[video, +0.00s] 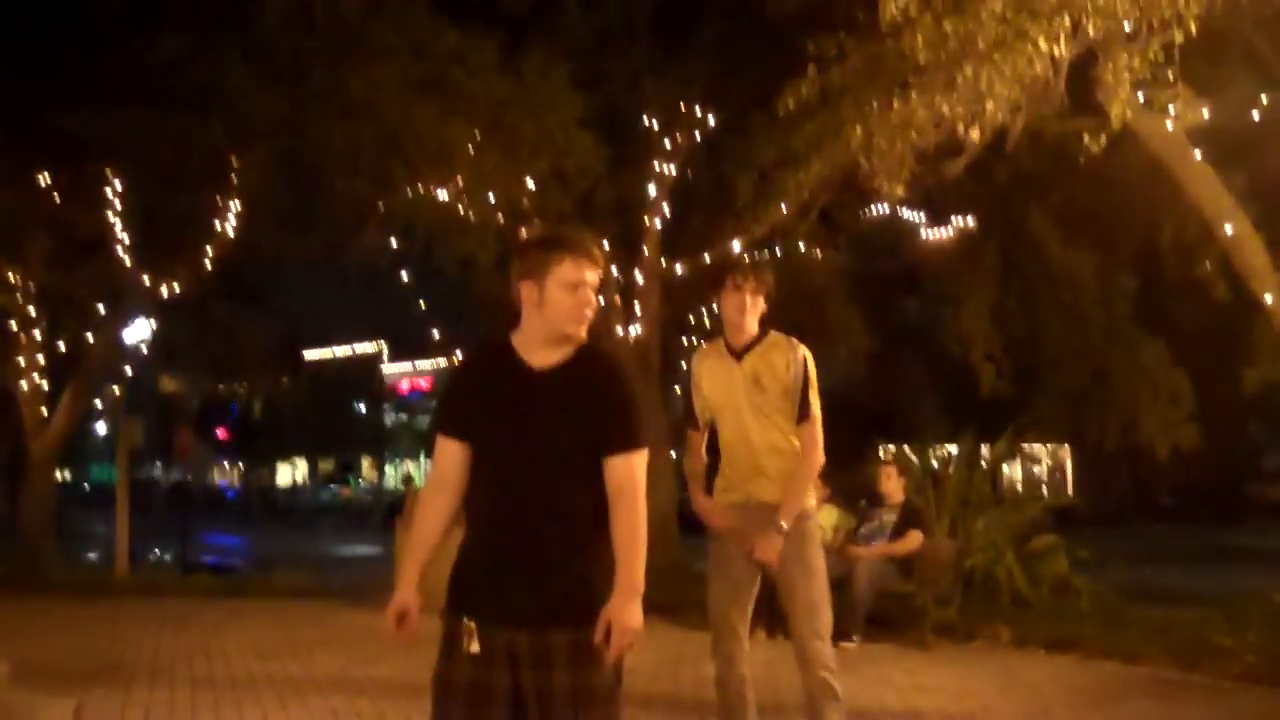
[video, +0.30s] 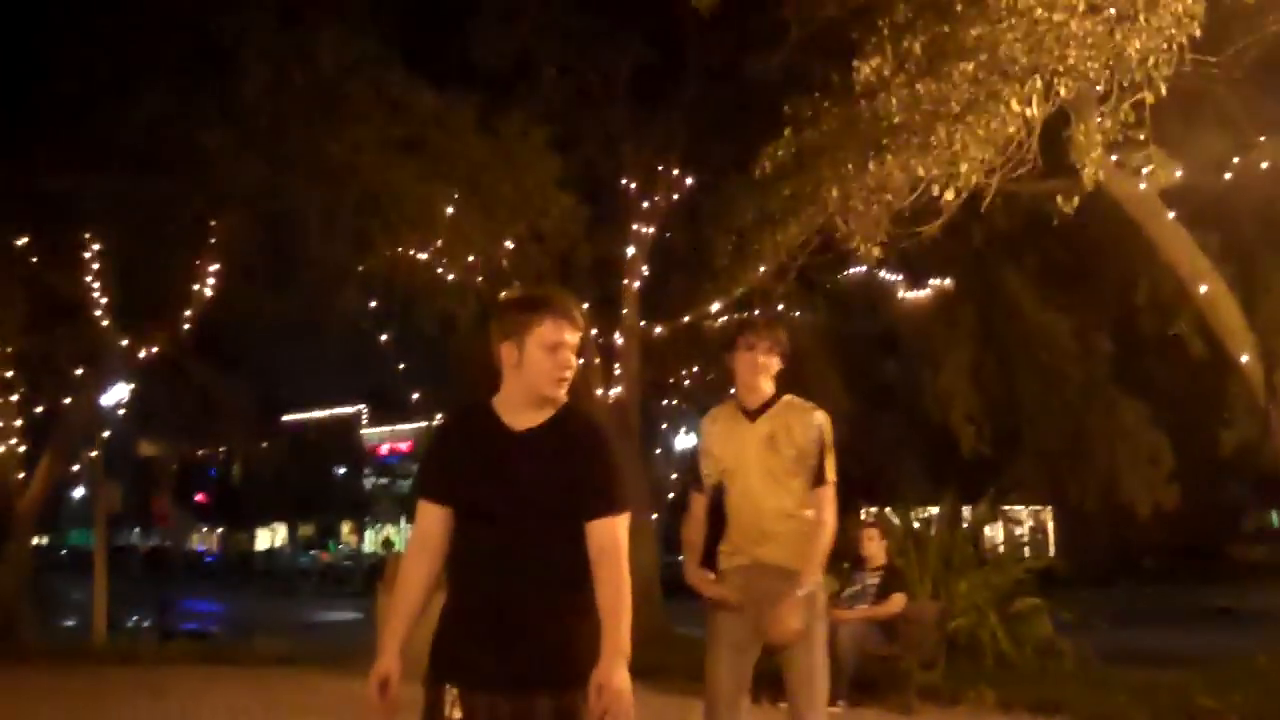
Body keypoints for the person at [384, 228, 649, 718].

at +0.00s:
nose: (590, 302)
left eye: (595, 290)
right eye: (574, 287)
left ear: (599, 296)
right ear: (527, 293)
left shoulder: (607, 378)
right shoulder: (476, 375)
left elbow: (627, 494)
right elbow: (443, 487)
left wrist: (629, 593)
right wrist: (408, 580)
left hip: (576, 611)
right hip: (482, 609)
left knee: (576, 713)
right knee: (467, 711)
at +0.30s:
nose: (569, 362)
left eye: (573, 350)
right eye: (554, 348)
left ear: (579, 356)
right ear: (508, 352)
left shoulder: (588, 442)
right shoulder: (458, 436)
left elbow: (609, 558)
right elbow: (425, 547)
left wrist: (615, 658)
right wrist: (391, 648)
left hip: (564, 667)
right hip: (469, 664)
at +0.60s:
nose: (587, 421)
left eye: (591, 406)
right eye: (569, 405)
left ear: (599, 411)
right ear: (523, 407)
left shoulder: (612, 505)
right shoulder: (478, 504)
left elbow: (629, 630)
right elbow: (447, 619)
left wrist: (606, 712)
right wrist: (440, 705)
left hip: (578, 705)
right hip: (489, 703)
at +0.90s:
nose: (598, 489)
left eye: (603, 476)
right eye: (580, 475)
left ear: (608, 480)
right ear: (537, 480)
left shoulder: (620, 570)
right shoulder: (489, 565)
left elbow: (631, 695)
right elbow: (456, 680)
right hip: (502, 712)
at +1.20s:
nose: (606, 487)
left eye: (614, 476)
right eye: (591, 470)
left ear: (620, 482)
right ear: (550, 470)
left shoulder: (623, 569)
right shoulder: (498, 557)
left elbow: (631, 700)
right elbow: (468, 675)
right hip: (505, 711)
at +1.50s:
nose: (574, 478)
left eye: (580, 466)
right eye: (558, 462)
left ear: (586, 473)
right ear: (514, 468)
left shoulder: (601, 558)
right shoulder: (467, 563)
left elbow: (618, 675)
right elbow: (447, 680)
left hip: (575, 711)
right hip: (490, 712)